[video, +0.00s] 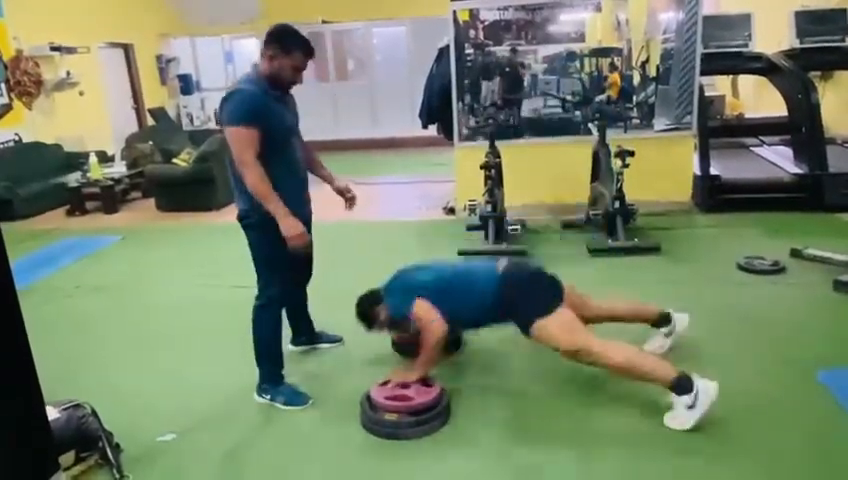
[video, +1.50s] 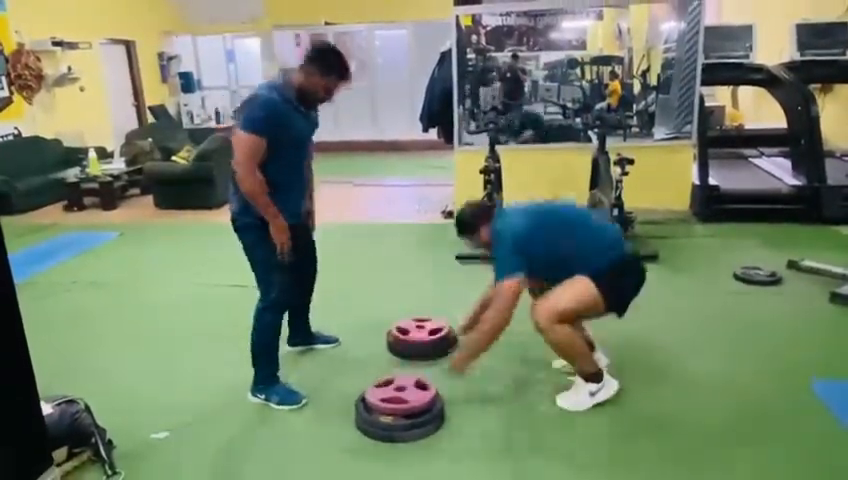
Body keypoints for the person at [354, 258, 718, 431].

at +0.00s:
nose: (391, 329)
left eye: (385, 326)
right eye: (384, 327)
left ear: (382, 312)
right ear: (380, 297)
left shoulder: (400, 297)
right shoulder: (406, 279)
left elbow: (437, 327)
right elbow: (448, 327)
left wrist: (417, 371)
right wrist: (429, 345)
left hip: (518, 295)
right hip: (520, 273)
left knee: (587, 349)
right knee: (588, 309)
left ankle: (687, 387)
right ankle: (666, 318)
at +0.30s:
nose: (367, 352)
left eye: (363, 347)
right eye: (363, 348)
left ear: (365, 336)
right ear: (369, 317)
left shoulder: (386, 323)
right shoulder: (395, 297)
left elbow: (424, 326)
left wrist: (416, 369)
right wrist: (417, 355)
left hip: (500, 322)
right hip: (501, 294)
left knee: (573, 364)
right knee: (571, 324)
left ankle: (673, 383)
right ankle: (653, 318)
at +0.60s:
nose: (370, 270)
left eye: (366, 266)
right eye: (365, 266)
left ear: (368, 254)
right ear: (376, 239)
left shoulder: (395, 263)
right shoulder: (408, 236)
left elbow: (413, 322)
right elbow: (419, 303)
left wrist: (415, 368)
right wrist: (419, 343)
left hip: (488, 330)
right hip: (494, 305)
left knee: (560, 370)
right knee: (557, 334)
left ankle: (658, 384)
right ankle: (638, 320)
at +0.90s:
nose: (392, 282)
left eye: (386, 279)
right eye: (387, 278)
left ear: (384, 265)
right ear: (387, 249)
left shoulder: (408, 257)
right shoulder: (415, 241)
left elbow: (416, 322)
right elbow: (423, 300)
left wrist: (414, 369)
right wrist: (412, 336)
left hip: (522, 284)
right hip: (524, 269)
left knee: (579, 352)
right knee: (583, 315)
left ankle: (683, 387)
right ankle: (655, 323)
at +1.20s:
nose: (451, 299)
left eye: (450, 295)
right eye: (449, 296)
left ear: (455, 289)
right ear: (454, 266)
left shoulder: (479, 278)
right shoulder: (473, 259)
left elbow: (452, 339)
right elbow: (460, 303)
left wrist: (413, 373)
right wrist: (422, 322)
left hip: (595, 281)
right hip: (584, 262)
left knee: (530, 329)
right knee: (533, 307)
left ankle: (595, 378)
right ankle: (586, 347)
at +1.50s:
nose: (479, 246)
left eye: (475, 241)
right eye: (475, 243)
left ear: (482, 231)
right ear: (487, 218)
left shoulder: (508, 235)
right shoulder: (507, 222)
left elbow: (502, 309)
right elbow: (502, 287)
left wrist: (466, 355)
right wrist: (474, 321)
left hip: (618, 270)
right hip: (609, 256)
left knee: (546, 314)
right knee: (538, 288)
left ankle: (595, 382)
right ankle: (587, 353)